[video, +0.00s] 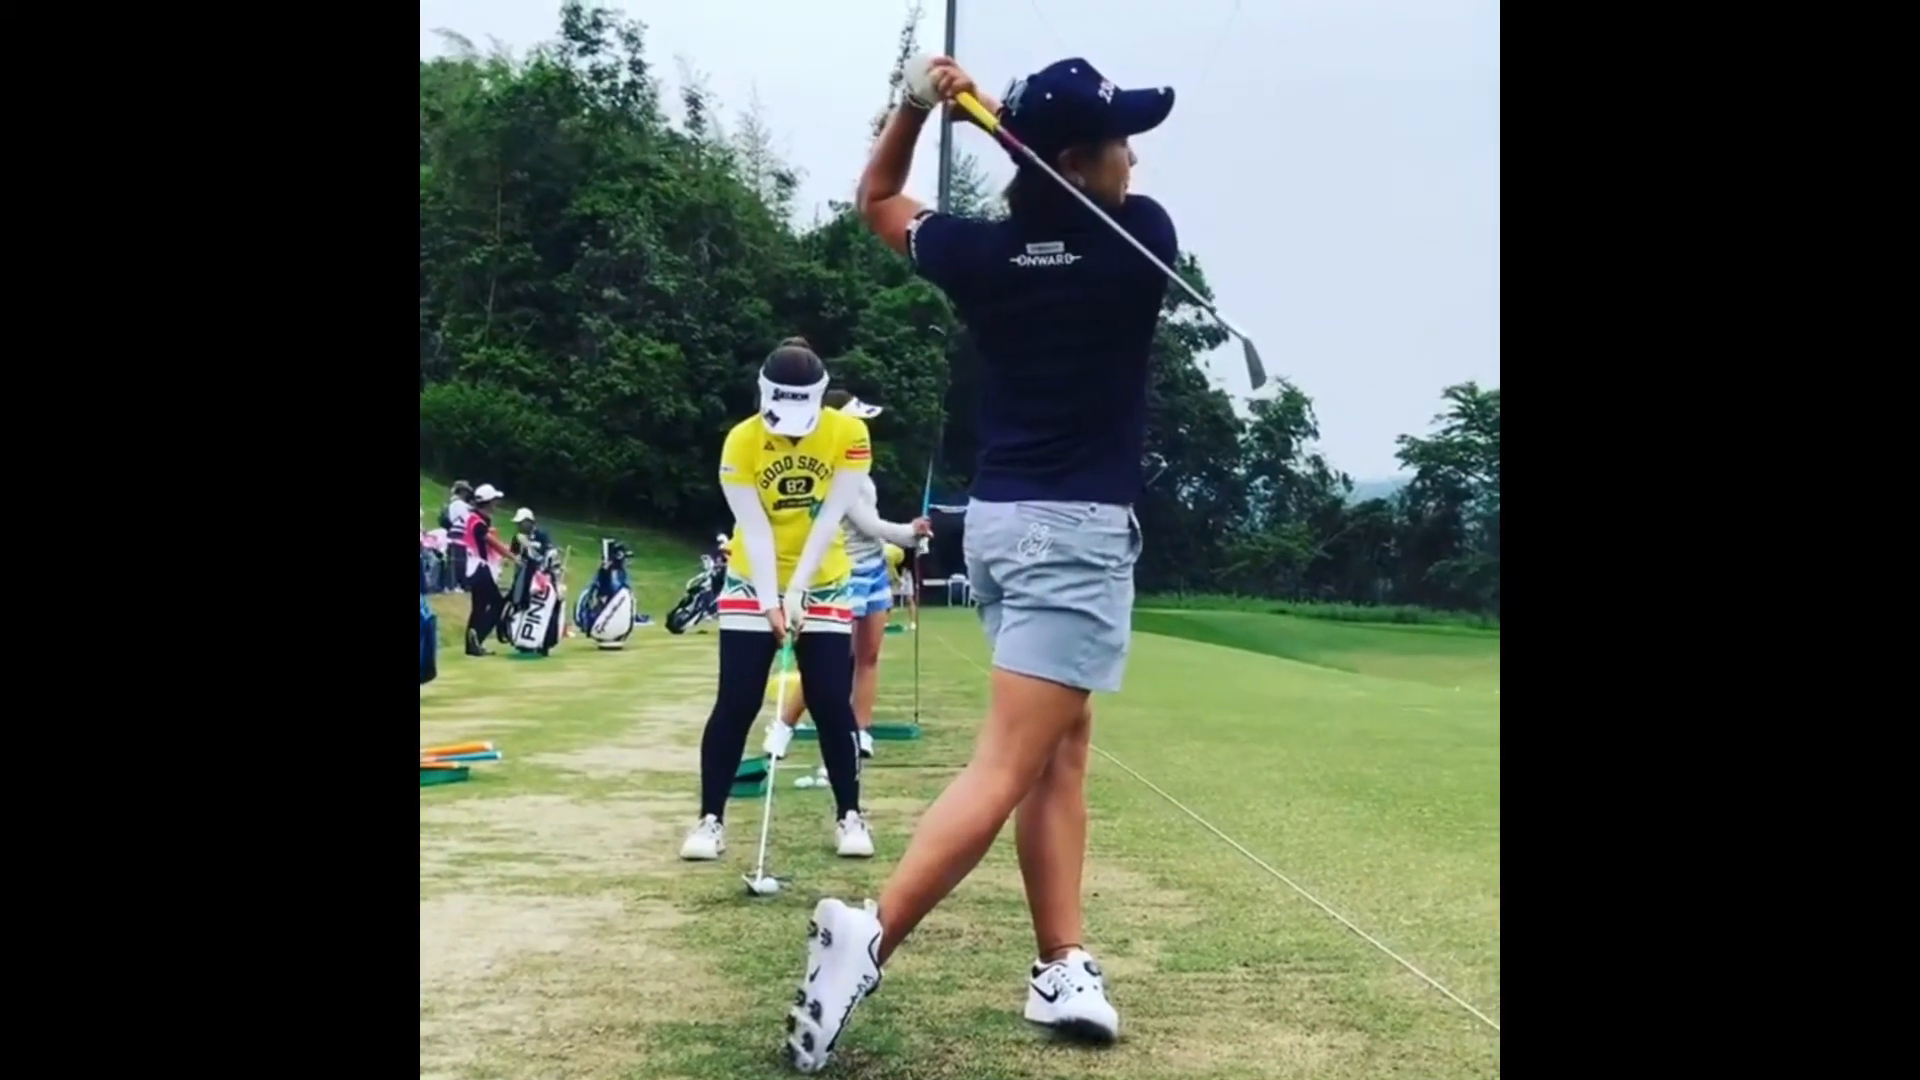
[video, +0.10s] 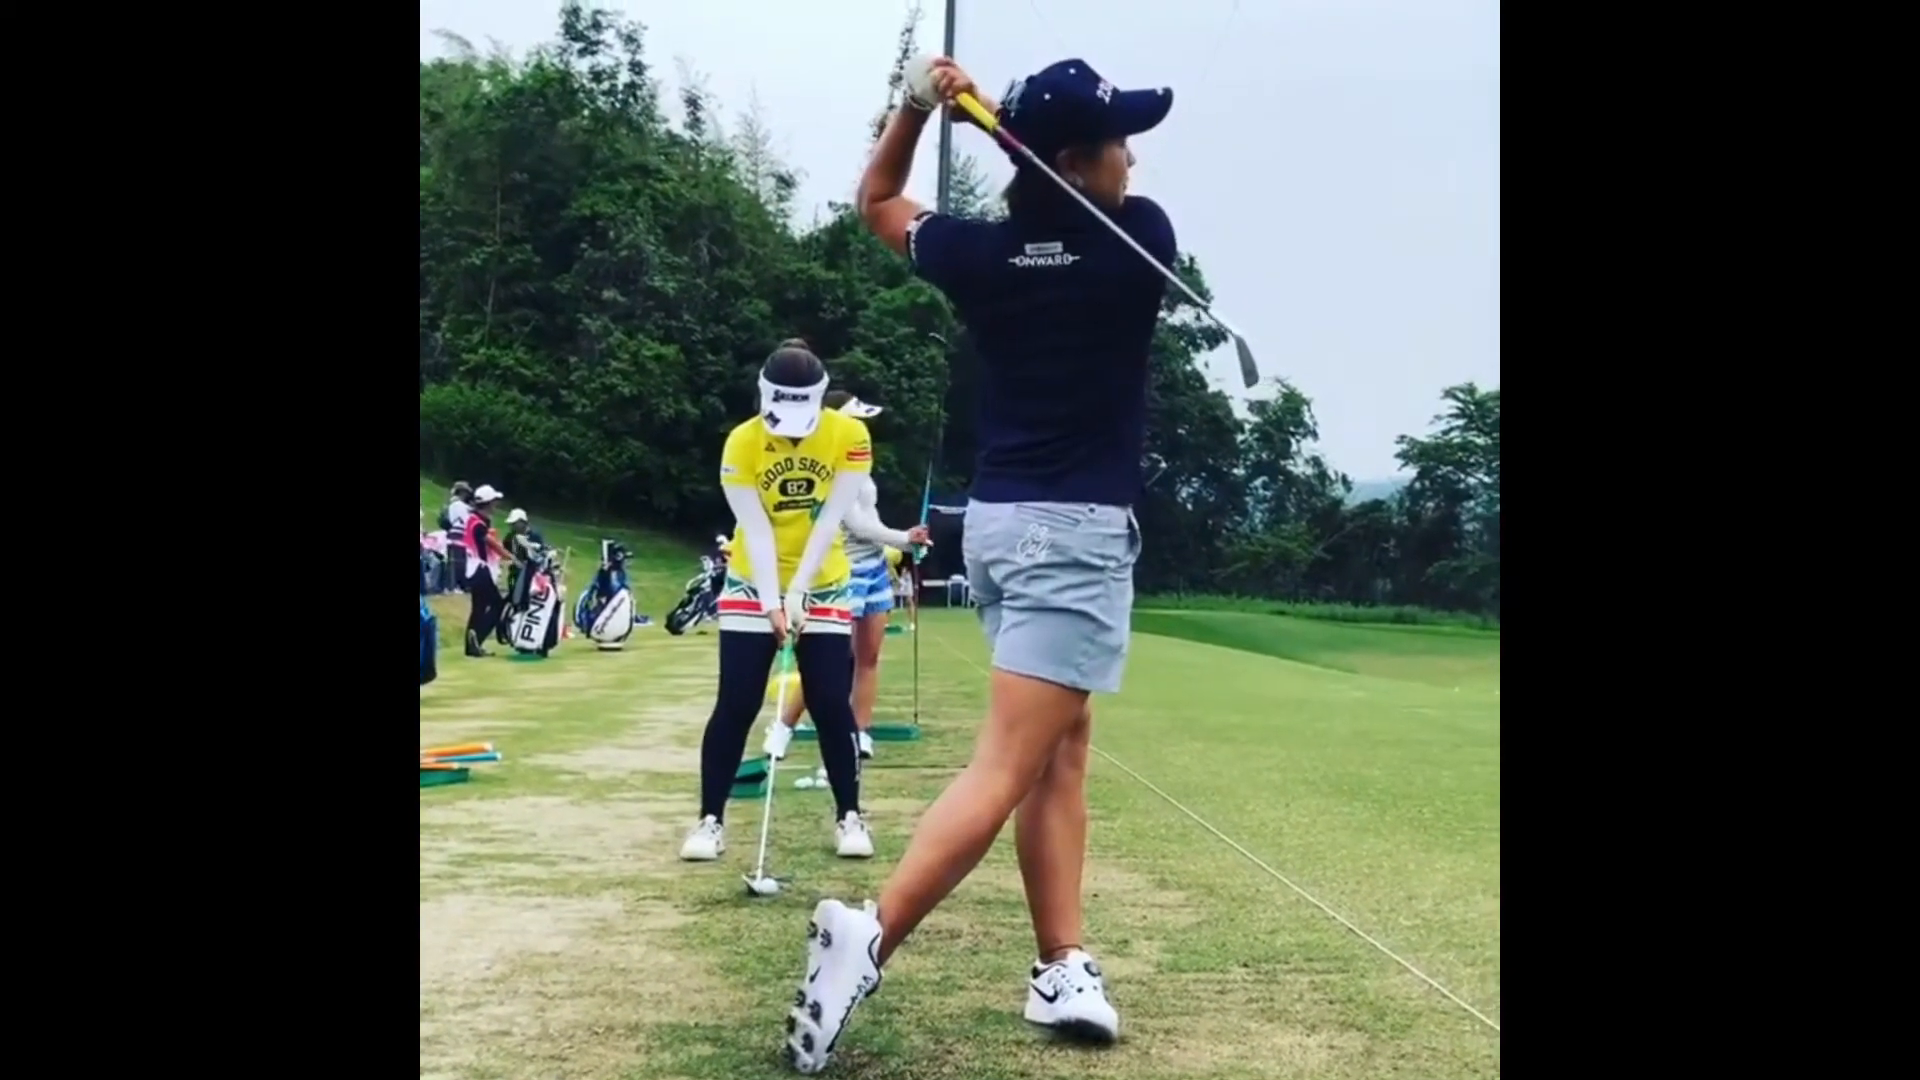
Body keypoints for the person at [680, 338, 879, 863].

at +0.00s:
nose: (789, 423)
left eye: (799, 413)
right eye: (780, 411)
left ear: (819, 396)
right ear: (764, 395)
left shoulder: (848, 433)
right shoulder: (741, 443)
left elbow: (833, 513)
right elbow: (754, 529)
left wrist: (797, 587)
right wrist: (768, 597)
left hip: (824, 585)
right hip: (751, 582)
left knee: (831, 701)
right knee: (736, 701)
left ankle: (850, 816)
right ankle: (710, 819)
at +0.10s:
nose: (789, 426)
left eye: (800, 415)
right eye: (780, 414)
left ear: (819, 398)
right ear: (764, 397)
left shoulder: (849, 435)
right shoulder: (741, 445)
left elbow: (833, 517)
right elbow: (755, 529)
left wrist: (797, 588)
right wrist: (770, 598)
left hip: (823, 587)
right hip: (750, 586)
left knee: (830, 702)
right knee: (736, 702)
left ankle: (849, 816)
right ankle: (710, 820)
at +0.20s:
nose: (848, 356)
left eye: (858, 347)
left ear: (880, 344)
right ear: (829, 346)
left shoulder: (895, 400)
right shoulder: (808, 402)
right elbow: (809, 492)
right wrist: (828, 555)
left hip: (874, 564)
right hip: (813, 564)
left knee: (874, 691)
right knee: (816, 681)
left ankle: (868, 785)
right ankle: (811, 788)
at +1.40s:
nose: (811, 408)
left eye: (822, 397)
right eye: (801, 396)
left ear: (842, 383)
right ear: (785, 381)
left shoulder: (872, 420)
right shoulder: (763, 431)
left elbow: (863, 506)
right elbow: (773, 518)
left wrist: (825, 575)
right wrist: (784, 584)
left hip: (850, 574)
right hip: (776, 573)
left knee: (852, 693)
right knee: (761, 691)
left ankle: (868, 807)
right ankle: (735, 809)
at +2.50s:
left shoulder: (898, 409)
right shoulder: (806, 409)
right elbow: (809, 501)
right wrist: (818, 563)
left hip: (884, 547)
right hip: (825, 549)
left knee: (876, 681)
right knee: (805, 667)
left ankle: (871, 786)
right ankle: (789, 786)